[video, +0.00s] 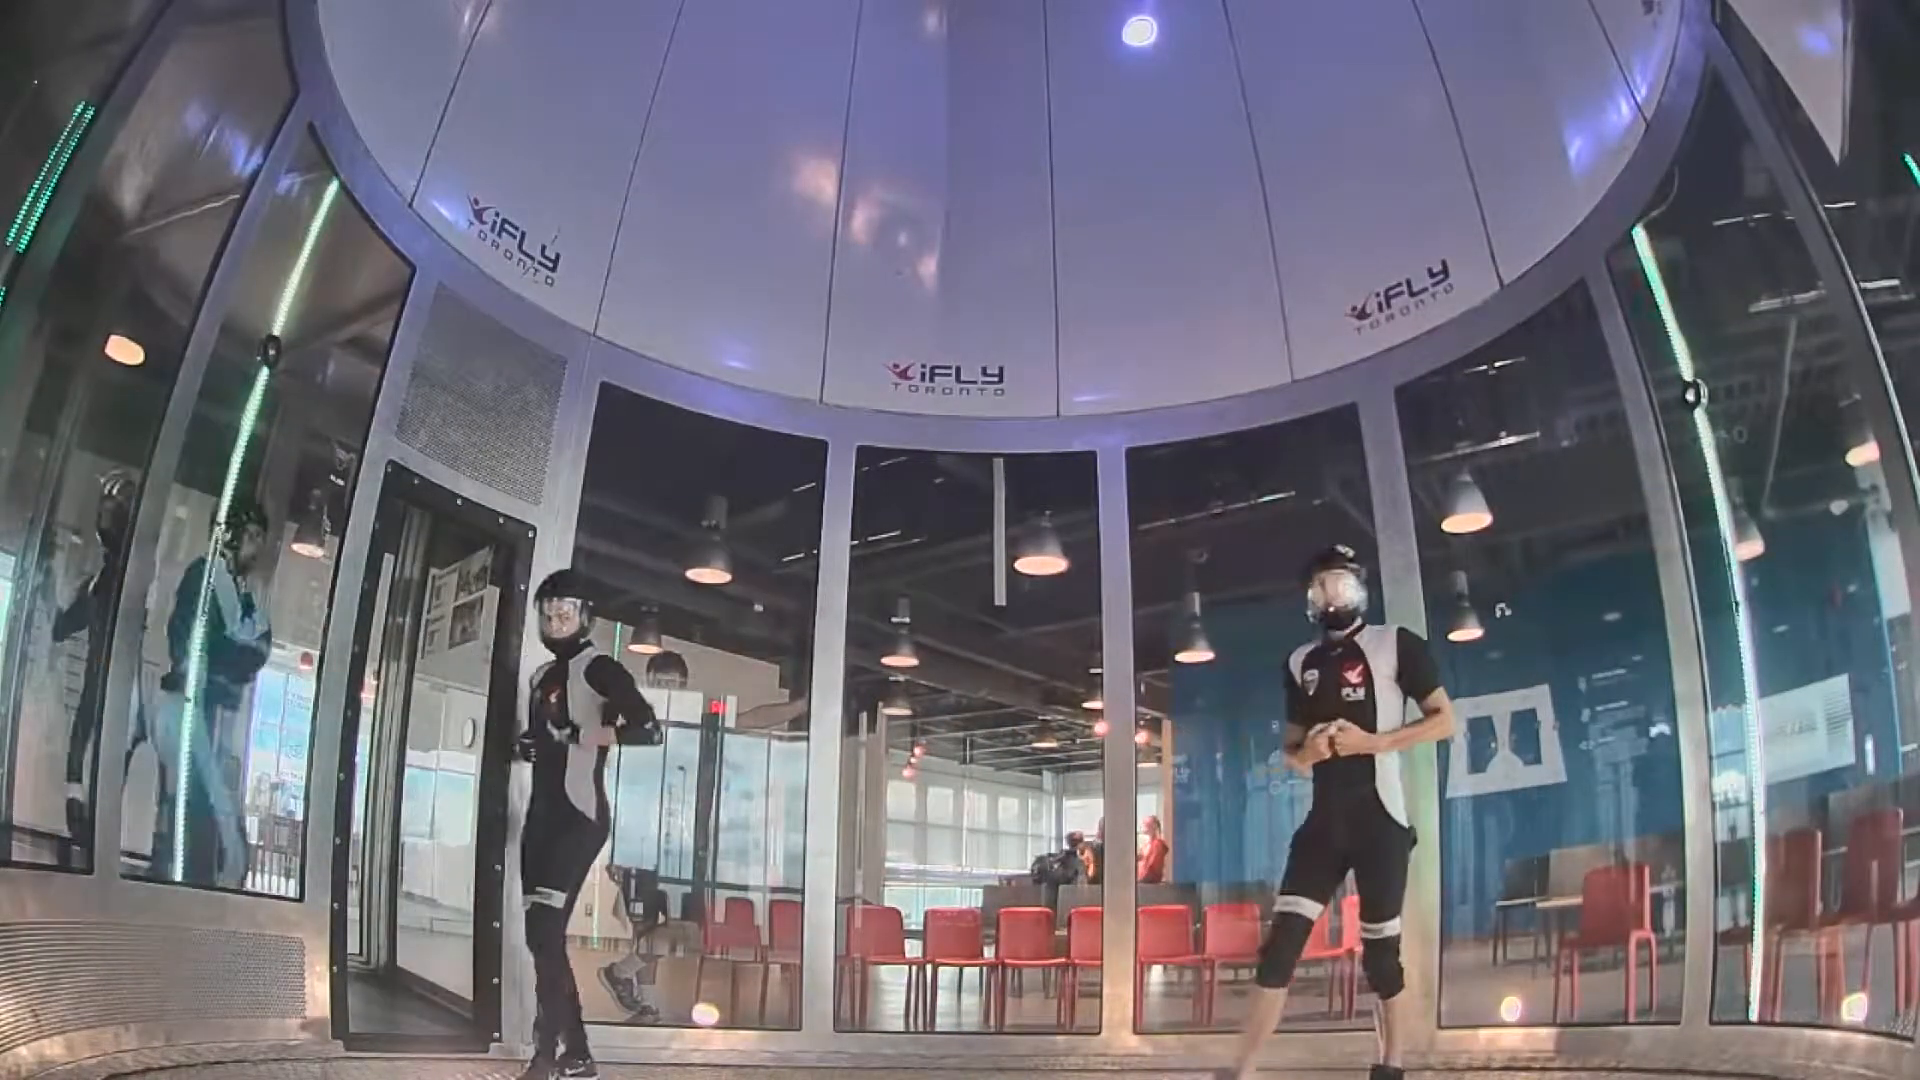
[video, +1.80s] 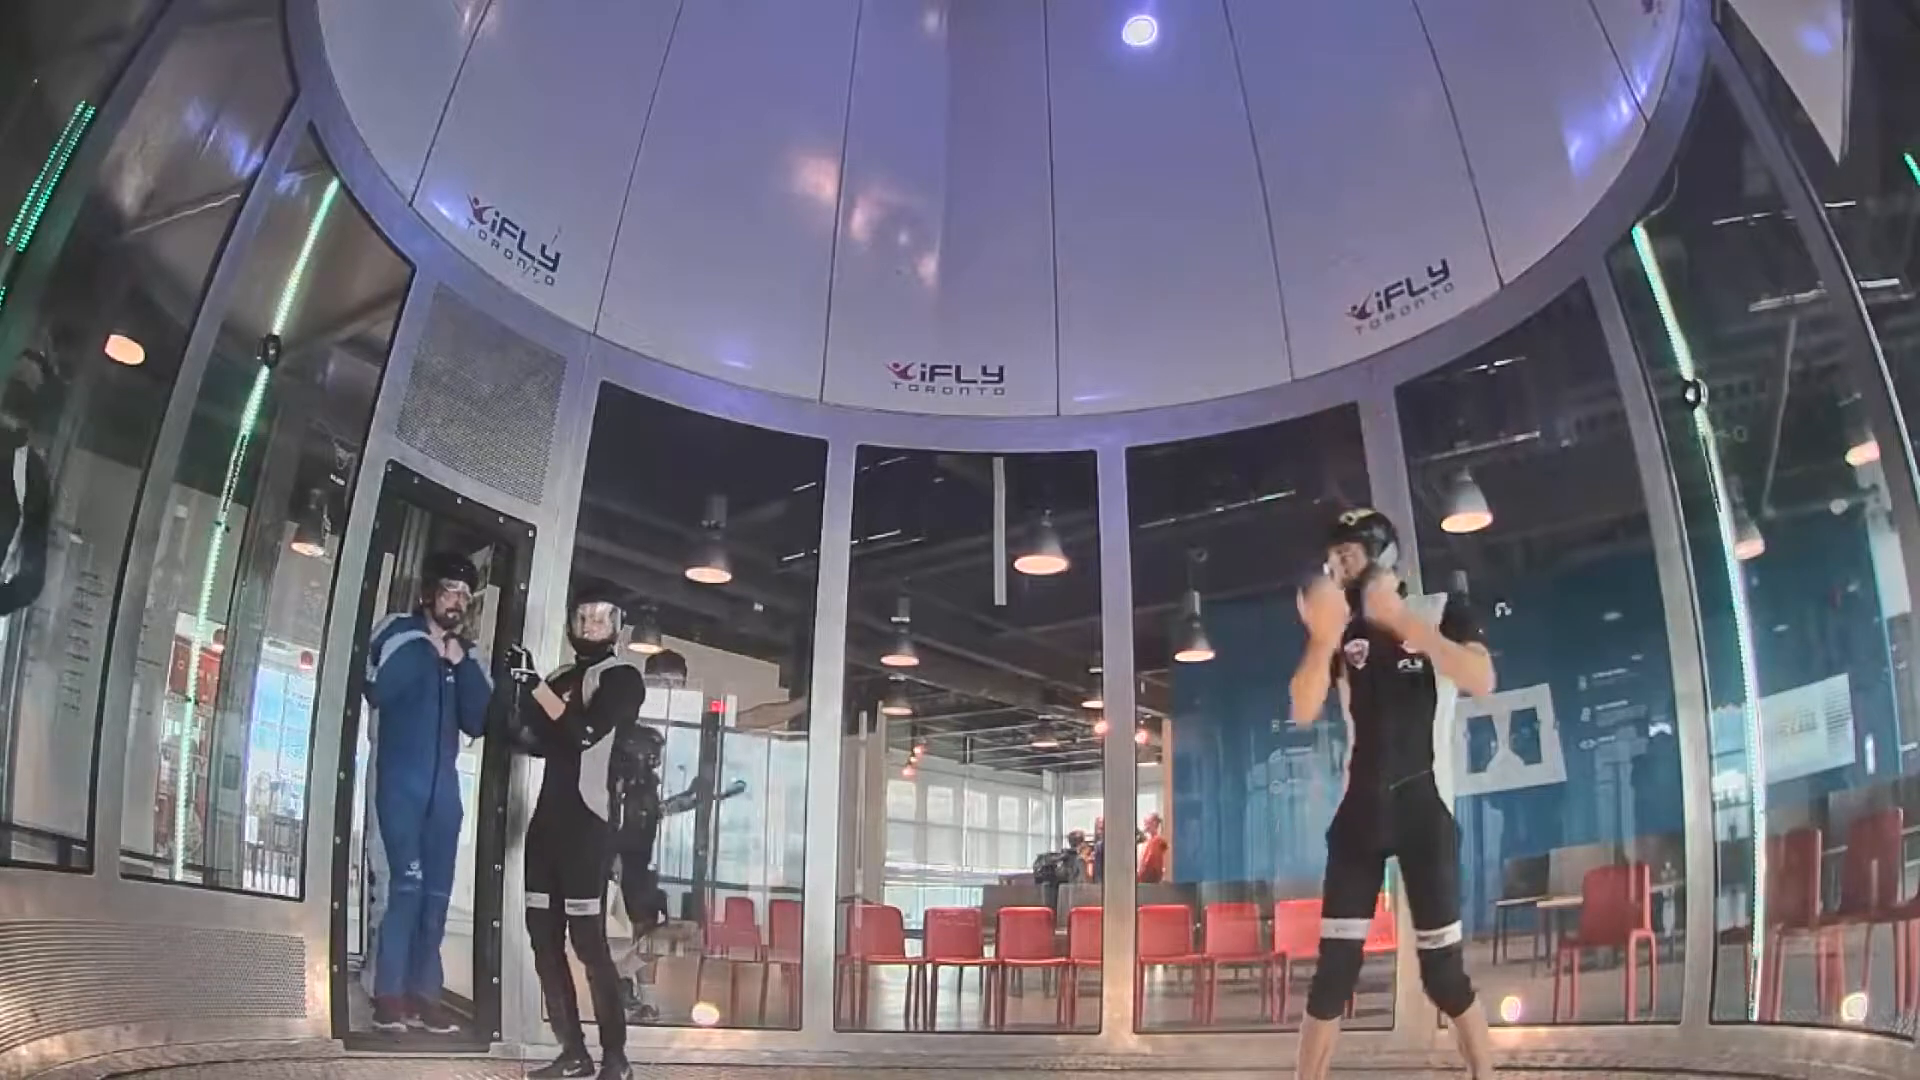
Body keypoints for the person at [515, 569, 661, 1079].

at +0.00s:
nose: (558, 617)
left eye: (568, 608)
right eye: (550, 608)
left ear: (585, 615)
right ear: (540, 615)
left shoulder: (597, 667)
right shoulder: (540, 677)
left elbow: (650, 729)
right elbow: (540, 741)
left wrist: (586, 733)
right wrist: (518, 746)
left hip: (582, 812)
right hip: (543, 809)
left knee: (544, 930)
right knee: (542, 932)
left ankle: (548, 1053)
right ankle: (576, 1052)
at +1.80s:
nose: (590, 627)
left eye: (600, 619)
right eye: (583, 618)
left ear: (616, 625)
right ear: (571, 624)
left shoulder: (623, 675)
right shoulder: (563, 676)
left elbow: (587, 736)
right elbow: (537, 739)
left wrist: (538, 689)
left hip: (589, 820)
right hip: (548, 816)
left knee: (588, 938)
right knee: (544, 935)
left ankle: (614, 1057)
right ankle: (574, 1051)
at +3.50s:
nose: (605, 628)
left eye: (617, 620)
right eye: (601, 619)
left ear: (642, 628)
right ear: (594, 625)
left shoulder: (658, 689)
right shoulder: (582, 685)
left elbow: (643, 765)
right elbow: (549, 734)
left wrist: (583, 743)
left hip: (613, 827)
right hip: (562, 819)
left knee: (604, 941)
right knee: (550, 944)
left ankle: (636, 1062)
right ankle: (575, 1057)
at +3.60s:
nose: (612, 629)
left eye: (622, 620)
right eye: (606, 620)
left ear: (647, 625)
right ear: (599, 625)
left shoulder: (663, 681)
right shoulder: (590, 680)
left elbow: (660, 764)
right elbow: (555, 728)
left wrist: (608, 759)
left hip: (621, 826)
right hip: (568, 819)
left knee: (622, 946)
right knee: (551, 944)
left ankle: (640, 1067)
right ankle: (575, 1053)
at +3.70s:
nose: (626, 631)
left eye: (637, 623)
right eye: (619, 621)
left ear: (658, 628)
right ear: (610, 625)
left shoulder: (679, 690)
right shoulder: (594, 681)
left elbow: (702, 754)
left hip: (646, 832)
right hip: (587, 825)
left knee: (645, 958)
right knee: (563, 955)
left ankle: (650, 1070)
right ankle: (576, 1038)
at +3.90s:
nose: (652, 629)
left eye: (662, 620)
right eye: (644, 620)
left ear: (683, 622)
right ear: (631, 621)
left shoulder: (706, 685)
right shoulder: (609, 670)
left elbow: (715, 770)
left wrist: (747, 741)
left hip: (671, 842)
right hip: (608, 836)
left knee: (657, 971)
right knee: (607, 965)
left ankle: (650, 1073)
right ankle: (605, 1071)